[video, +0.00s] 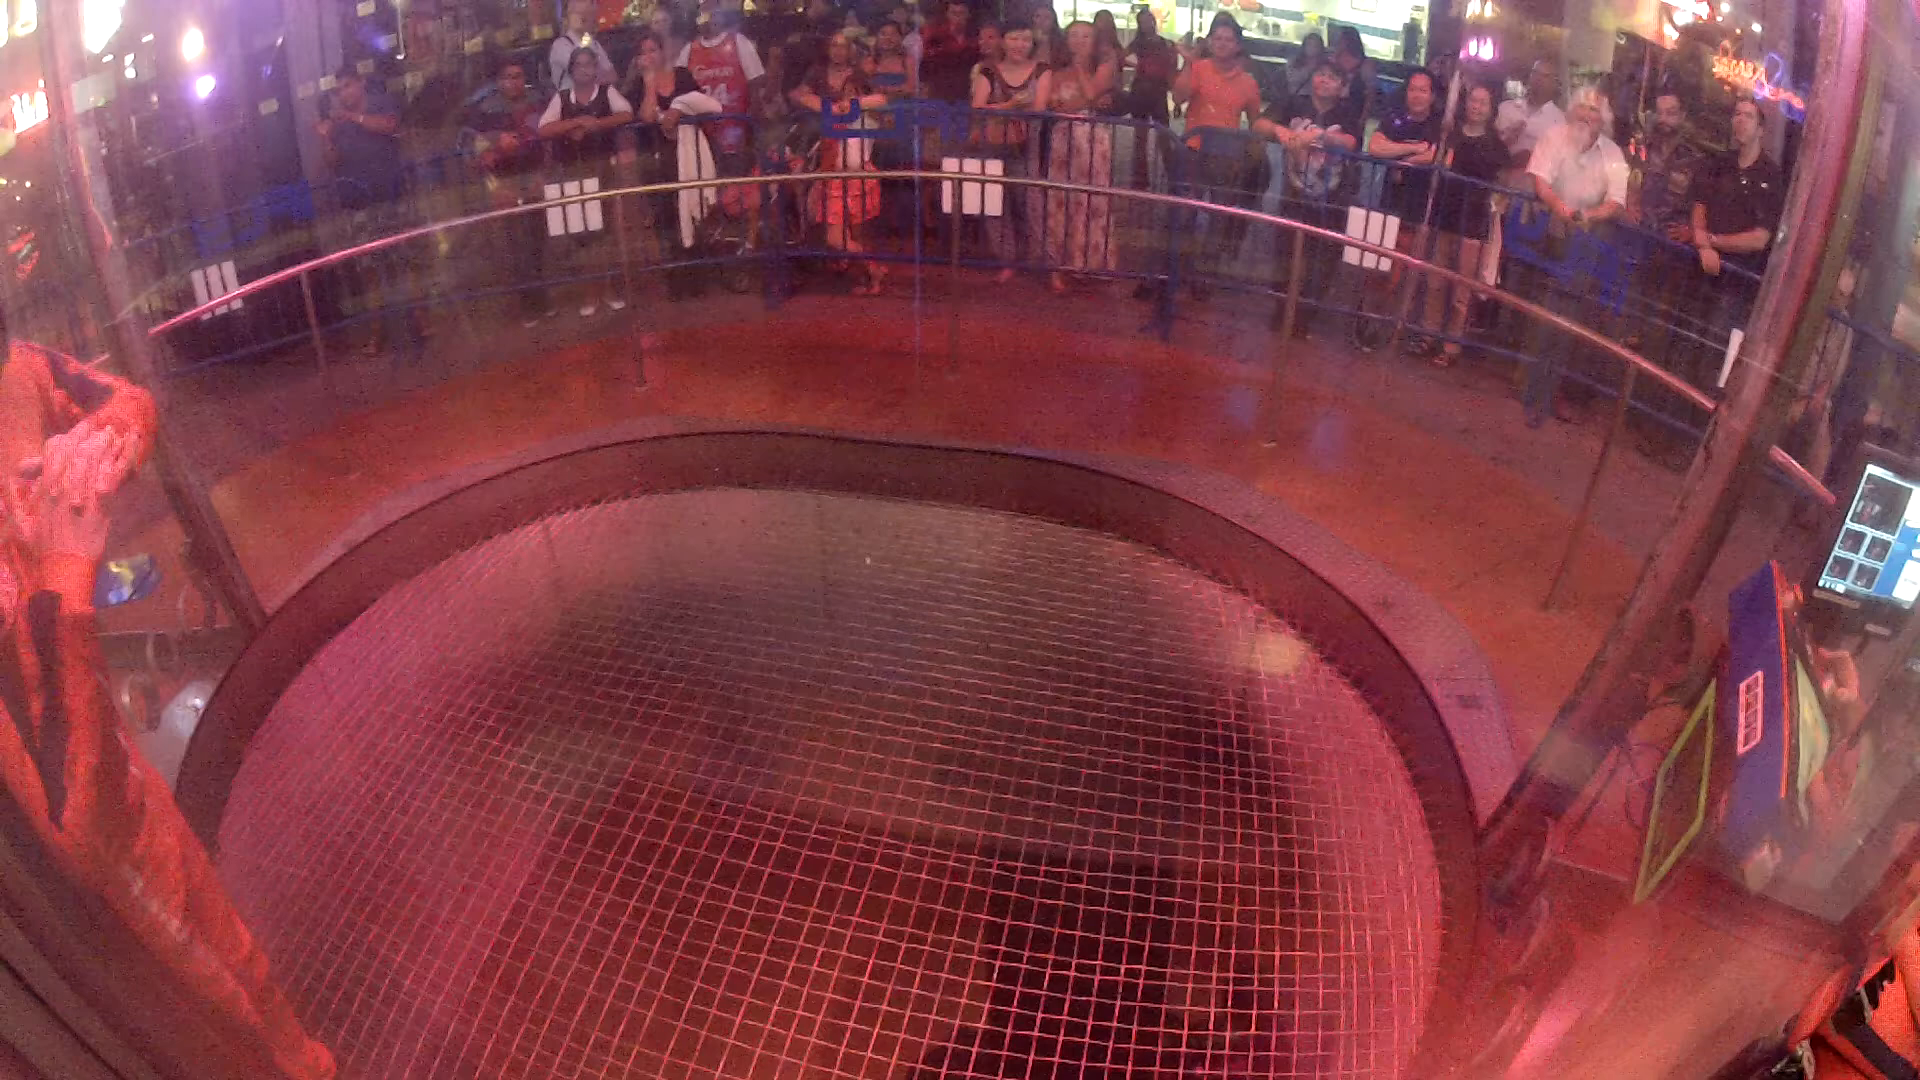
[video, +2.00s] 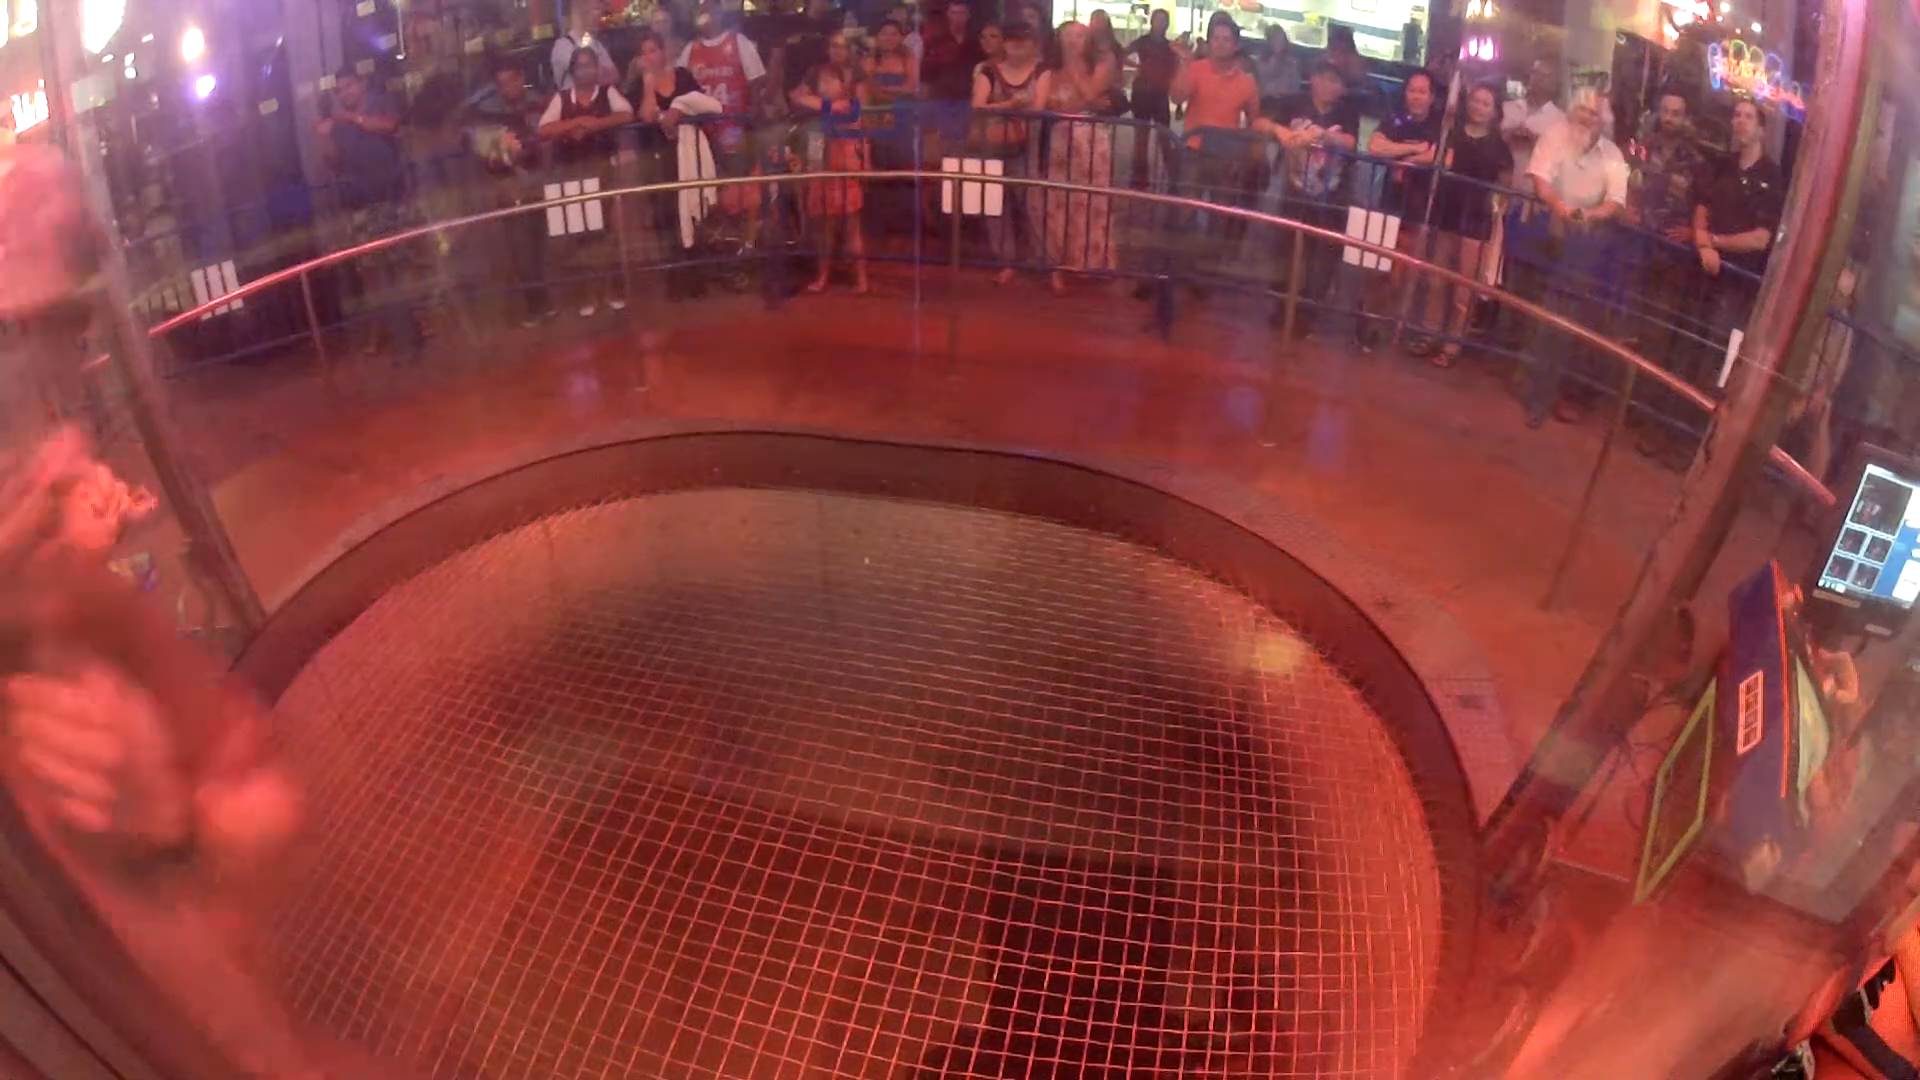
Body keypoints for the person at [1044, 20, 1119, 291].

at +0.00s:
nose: (1079, 41)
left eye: (1085, 36)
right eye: (1074, 36)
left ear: (1095, 41)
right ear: (1066, 41)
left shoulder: (1104, 67)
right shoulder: (1059, 73)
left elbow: (1092, 94)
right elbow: (1049, 105)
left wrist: (1080, 66)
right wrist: (1080, 103)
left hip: (1091, 139)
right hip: (1062, 138)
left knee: (1090, 201)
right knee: (1061, 200)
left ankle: (1089, 265)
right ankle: (1059, 265)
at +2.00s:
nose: (1075, 40)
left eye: (1081, 36)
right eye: (1070, 36)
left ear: (1088, 40)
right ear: (1061, 40)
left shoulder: (1099, 66)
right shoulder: (1051, 74)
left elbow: (1090, 94)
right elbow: (1038, 108)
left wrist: (1074, 63)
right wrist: (1069, 106)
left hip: (1088, 137)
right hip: (1060, 136)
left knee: (1086, 200)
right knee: (1057, 199)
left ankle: (1084, 263)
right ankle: (1057, 264)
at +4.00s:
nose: (1078, 44)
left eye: (1084, 39)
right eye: (1072, 39)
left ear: (1092, 42)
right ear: (1064, 42)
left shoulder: (1100, 70)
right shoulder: (1055, 75)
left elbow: (1098, 99)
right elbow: (1039, 107)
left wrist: (1086, 67)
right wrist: (1066, 109)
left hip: (1091, 139)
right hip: (1062, 138)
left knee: (1088, 200)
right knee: (1060, 200)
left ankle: (1084, 264)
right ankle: (1060, 264)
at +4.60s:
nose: (1082, 44)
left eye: (1088, 39)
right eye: (1076, 39)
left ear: (1096, 42)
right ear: (1068, 42)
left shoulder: (1106, 70)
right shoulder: (1058, 73)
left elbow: (1102, 100)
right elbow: (1046, 105)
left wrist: (1089, 69)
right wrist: (1070, 107)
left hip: (1095, 138)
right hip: (1065, 136)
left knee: (1094, 200)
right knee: (1064, 198)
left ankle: (1093, 263)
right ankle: (1063, 263)